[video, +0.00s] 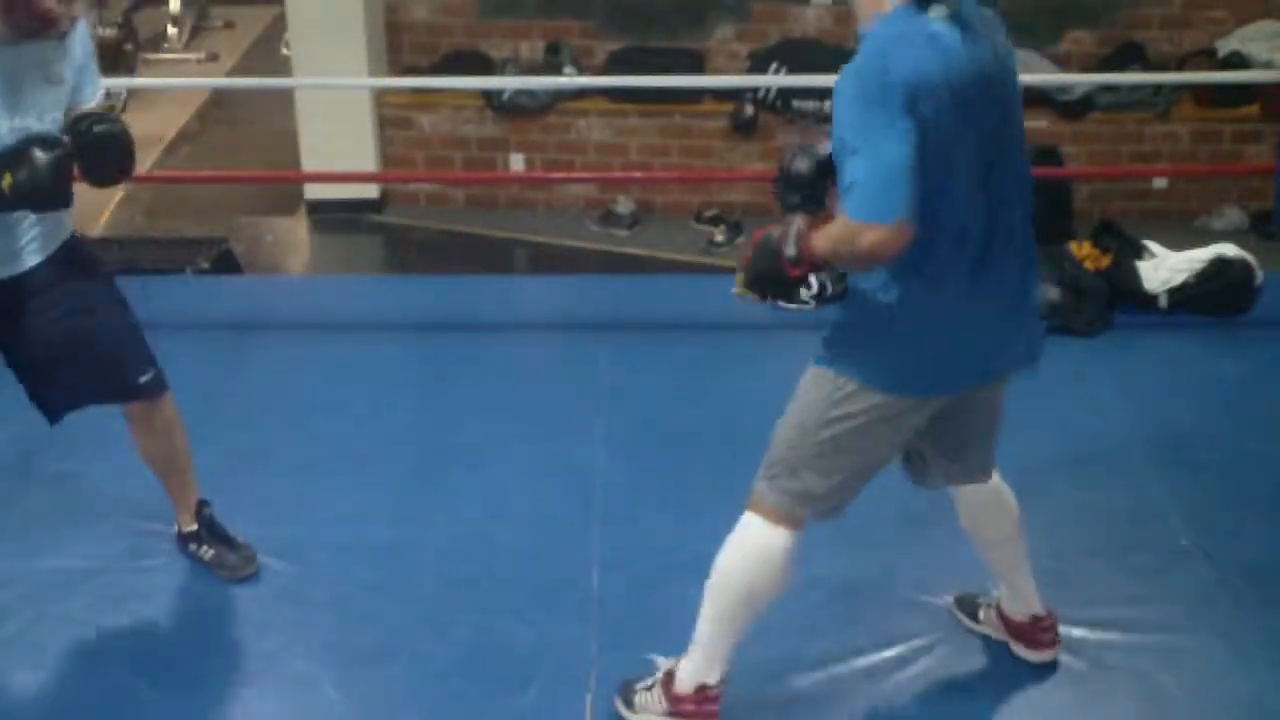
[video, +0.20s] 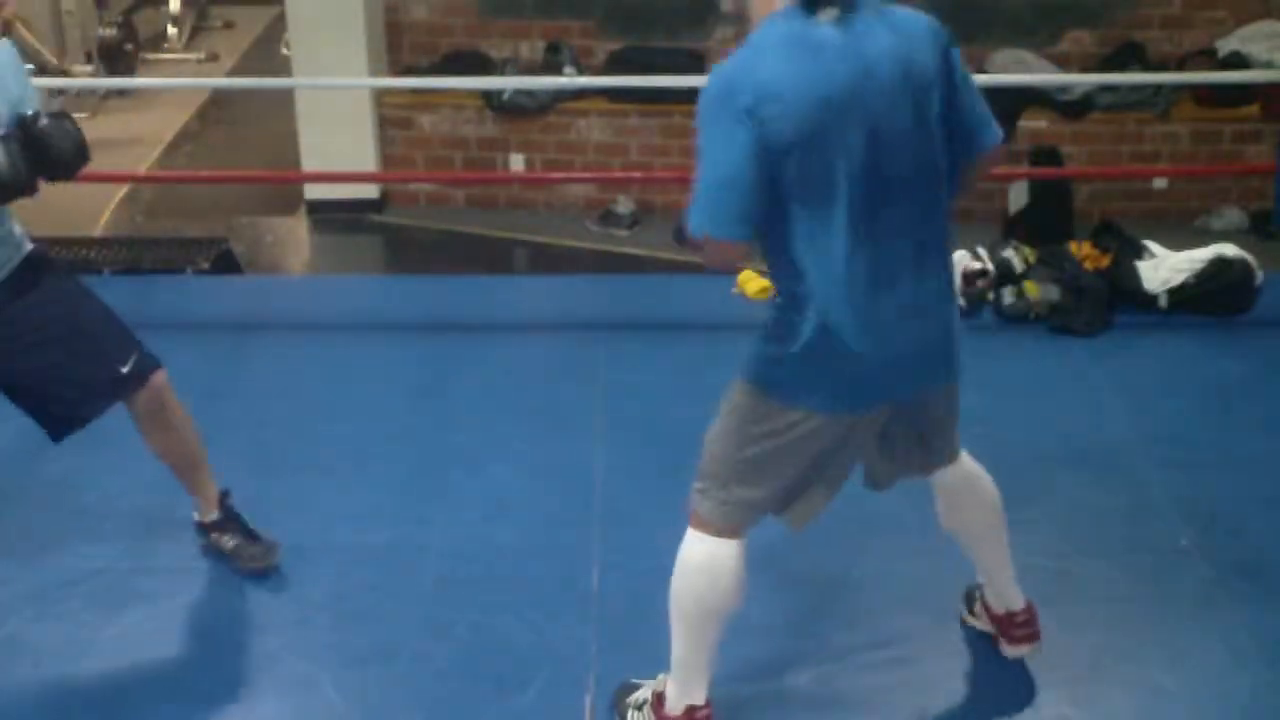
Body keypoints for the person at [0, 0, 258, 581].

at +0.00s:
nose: (59, 12)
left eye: (64, 3)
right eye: (43, 5)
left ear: (71, 3)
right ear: (11, 6)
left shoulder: (68, 30)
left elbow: (89, 112)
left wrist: (103, 146)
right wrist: (7, 183)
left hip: (42, 250)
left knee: (144, 385)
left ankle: (193, 522)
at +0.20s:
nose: (9, 9)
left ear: (9, 13)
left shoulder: (4, 60)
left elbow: (40, 133)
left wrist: (53, 144)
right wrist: (12, 164)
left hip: (8, 263)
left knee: (147, 383)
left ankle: (215, 514)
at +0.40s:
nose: (13, 60)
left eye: (19, 43)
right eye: (1, 46)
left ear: (30, 43)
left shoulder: (30, 80)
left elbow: (83, 198)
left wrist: (85, 147)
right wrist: (26, 160)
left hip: (17, 276)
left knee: (146, 398)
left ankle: (254, 525)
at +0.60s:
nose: (112, 61)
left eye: (118, 41)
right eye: (95, 49)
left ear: (123, 27)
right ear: (39, 45)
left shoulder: (110, 67)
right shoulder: (6, 90)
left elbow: (137, 196)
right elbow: (3, 214)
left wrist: (153, 162)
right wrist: (59, 194)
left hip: (74, 268)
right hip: (4, 293)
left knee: (195, 389)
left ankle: (259, 529)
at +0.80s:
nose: (124, 48)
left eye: (131, 33)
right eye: (109, 39)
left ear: (137, 19)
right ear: (61, 31)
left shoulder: (136, 50)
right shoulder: (8, 61)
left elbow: (190, 165)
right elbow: (7, 200)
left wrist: (200, 112)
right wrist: (91, 143)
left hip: (103, 253)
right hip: (12, 271)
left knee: (208, 383)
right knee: (0, 423)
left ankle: (262, 529)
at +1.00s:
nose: (52, 26)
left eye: (63, 14)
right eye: (39, 15)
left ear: (77, 11)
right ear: (8, 14)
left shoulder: (88, 50)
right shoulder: (3, 71)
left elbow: (172, 151)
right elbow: (3, 190)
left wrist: (164, 86)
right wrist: (54, 114)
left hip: (103, 260)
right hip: (12, 284)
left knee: (224, 374)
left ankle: (271, 522)